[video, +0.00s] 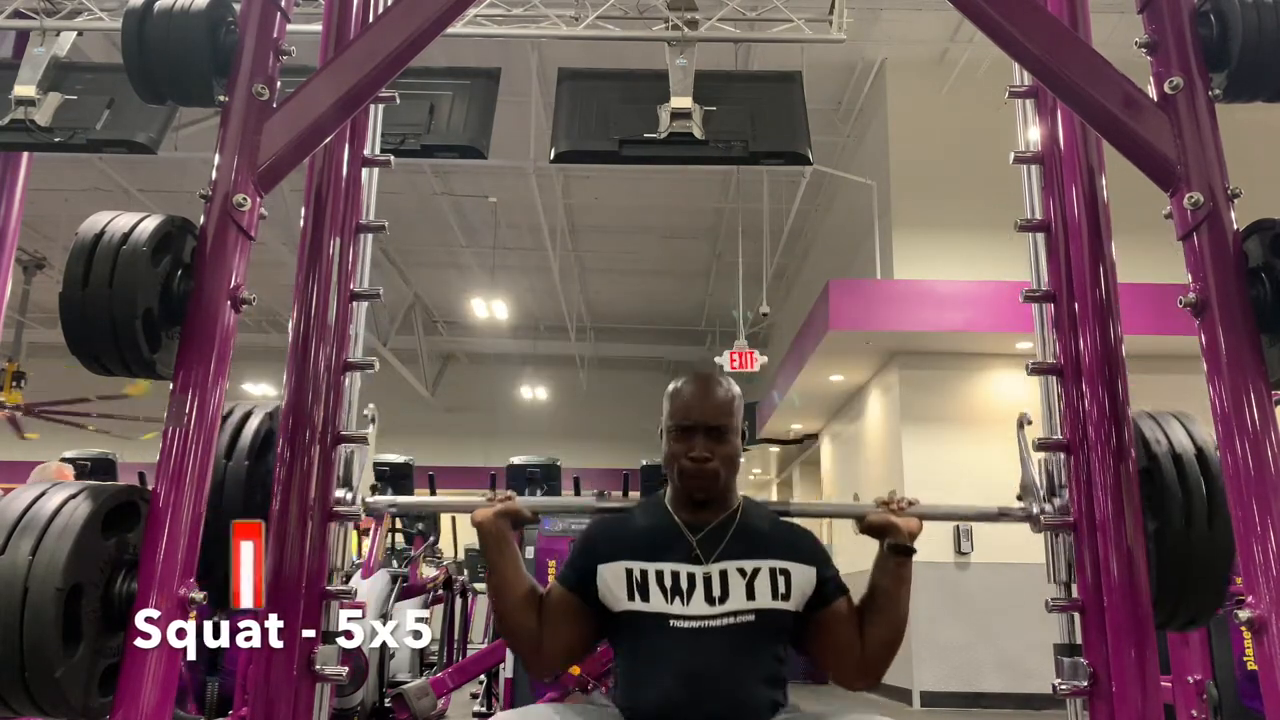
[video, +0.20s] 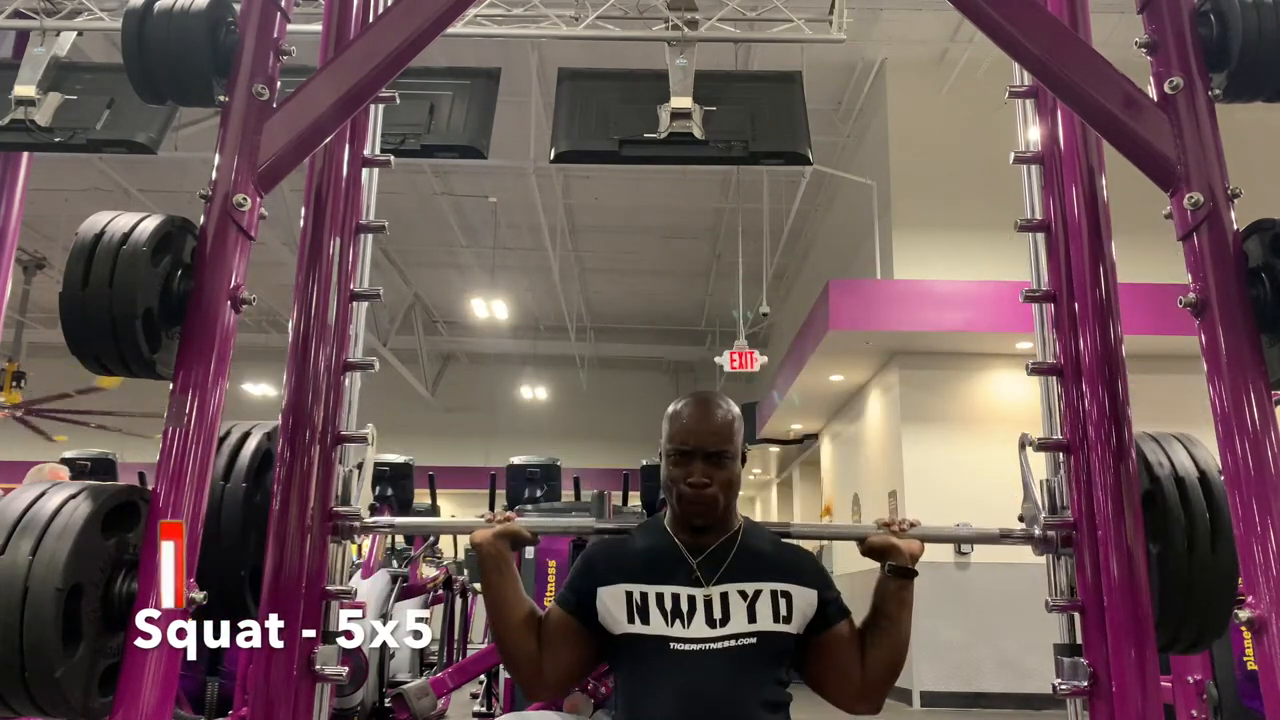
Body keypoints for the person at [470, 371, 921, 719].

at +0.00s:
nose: (697, 450)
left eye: (715, 434)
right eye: (682, 433)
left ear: (742, 443)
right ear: (662, 441)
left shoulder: (792, 548)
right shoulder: (610, 541)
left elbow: (857, 668)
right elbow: (545, 655)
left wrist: (896, 552)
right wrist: (497, 539)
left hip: (754, 712)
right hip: (644, 713)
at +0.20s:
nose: (697, 476)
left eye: (715, 460)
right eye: (682, 459)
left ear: (742, 465)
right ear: (662, 463)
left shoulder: (790, 570)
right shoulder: (608, 564)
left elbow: (860, 692)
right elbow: (541, 677)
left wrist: (899, 574)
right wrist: (495, 562)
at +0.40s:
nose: (697, 467)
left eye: (715, 451)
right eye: (681, 451)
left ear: (742, 457)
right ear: (661, 455)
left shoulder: (790, 564)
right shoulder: (607, 560)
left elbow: (860, 685)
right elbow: (539, 671)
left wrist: (898, 566)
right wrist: (495, 554)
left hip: (755, 715)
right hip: (645, 714)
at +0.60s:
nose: (697, 434)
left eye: (715, 419)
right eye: (683, 418)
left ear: (742, 430)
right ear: (663, 427)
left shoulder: (790, 535)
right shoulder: (613, 527)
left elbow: (859, 658)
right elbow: (542, 640)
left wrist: (895, 541)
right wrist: (497, 525)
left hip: (764, 710)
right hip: (637, 710)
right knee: (511, 719)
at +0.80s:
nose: (698, 383)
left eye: (714, 371)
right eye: (684, 370)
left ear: (740, 385)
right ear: (664, 383)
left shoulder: (786, 486)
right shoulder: (614, 483)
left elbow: (858, 605)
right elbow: (543, 590)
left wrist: (893, 492)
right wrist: (499, 483)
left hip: (768, 686)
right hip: (633, 683)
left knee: (887, 718)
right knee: (511, 718)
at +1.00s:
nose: (697, 331)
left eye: (714, 318)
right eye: (684, 316)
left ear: (741, 335)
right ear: (665, 331)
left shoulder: (785, 435)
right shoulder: (614, 432)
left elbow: (858, 551)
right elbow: (547, 539)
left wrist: (890, 443)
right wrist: (501, 432)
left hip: (766, 649)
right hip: (635, 646)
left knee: (880, 718)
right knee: (522, 714)